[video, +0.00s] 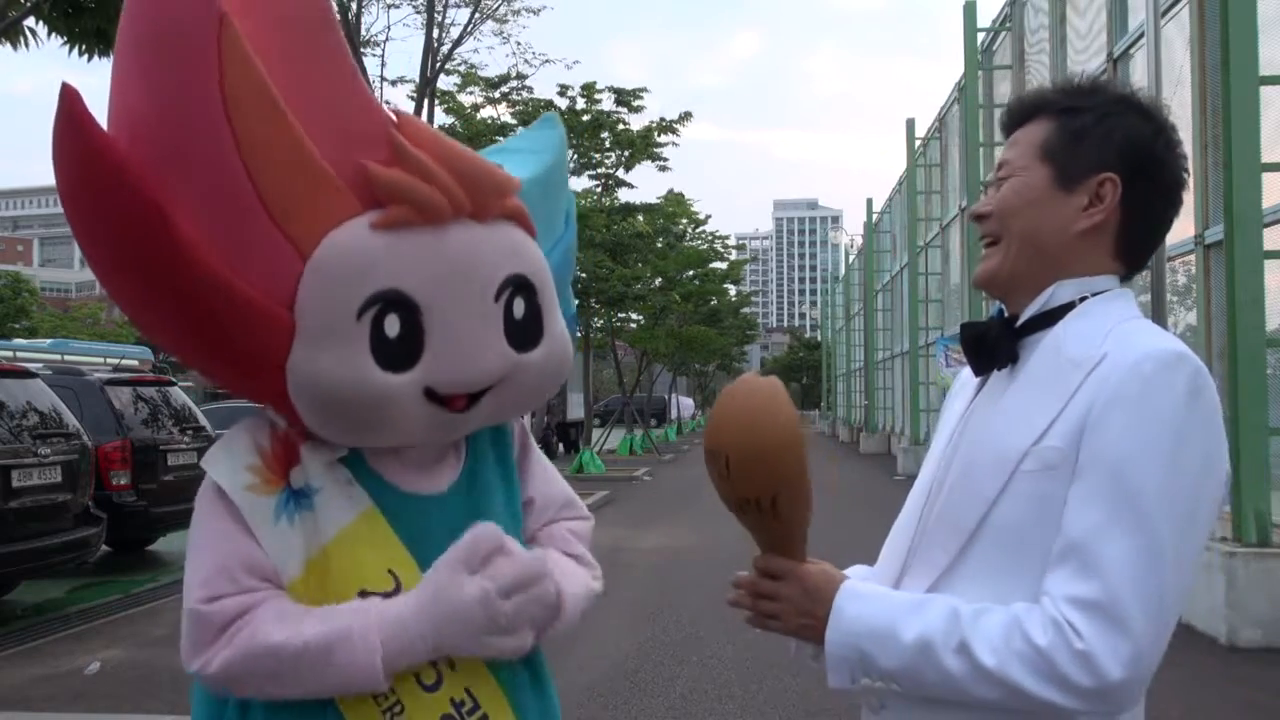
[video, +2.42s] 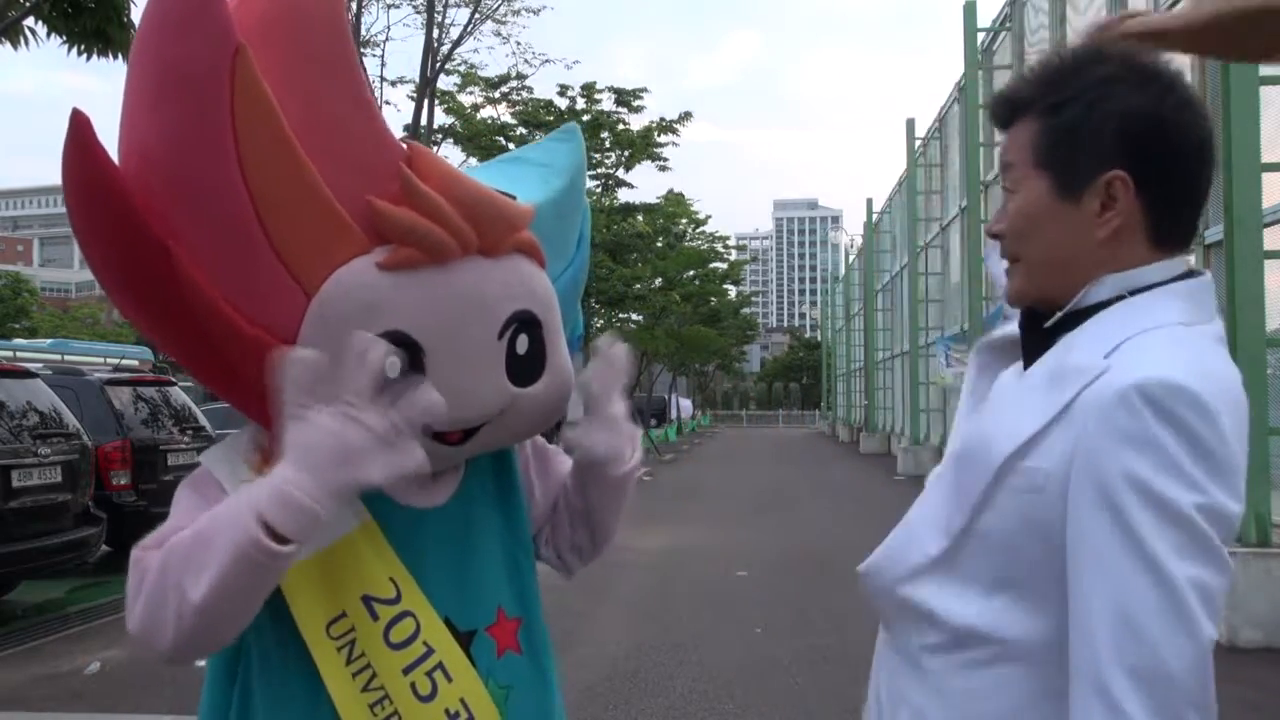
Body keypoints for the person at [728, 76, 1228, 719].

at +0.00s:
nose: (977, 208)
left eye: (1004, 178)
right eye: (990, 184)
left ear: (1095, 201)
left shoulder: (1150, 373)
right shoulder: (983, 372)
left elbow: (1093, 658)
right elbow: (935, 576)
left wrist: (846, 619)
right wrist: (828, 597)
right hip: (901, 702)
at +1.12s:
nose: (894, 221)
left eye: (910, 188)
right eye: (902, 191)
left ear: (1000, 196)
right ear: (998, 199)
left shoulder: (1116, 375)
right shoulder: (966, 365)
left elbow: (1155, 682)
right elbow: (949, 580)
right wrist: (845, 627)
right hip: (919, 705)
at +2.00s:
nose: (935, 222)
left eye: (954, 186)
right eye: (943, 190)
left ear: (1042, 198)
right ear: (1035, 200)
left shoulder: (1142, 356)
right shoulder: (1011, 356)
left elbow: (1139, 668)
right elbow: (964, 551)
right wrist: (823, 574)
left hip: (1020, 705)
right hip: (931, 701)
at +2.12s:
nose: (979, 226)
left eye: (996, 190)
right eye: (985, 194)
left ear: (1090, 203)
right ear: (1085, 205)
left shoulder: (1159, 373)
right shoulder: (1074, 354)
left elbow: (1131, 691)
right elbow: (931, 458)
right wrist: (800, 379)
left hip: (1011, 708)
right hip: (934, 696)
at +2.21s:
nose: (998, 234)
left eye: (1017, 198)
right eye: (1007, 202)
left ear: (1115, 208)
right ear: (1114, 211)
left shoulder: (1158, 385)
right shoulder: (1093, 356)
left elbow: (1134, 700)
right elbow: (949, 369)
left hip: (990, 706)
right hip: (932, 699)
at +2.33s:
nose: (999, 228)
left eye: (1019, 195)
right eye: (1008, 199)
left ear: (1118, 208)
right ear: (1117, 211)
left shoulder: (1153, 390)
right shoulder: (1076, 351)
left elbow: (1143, 701)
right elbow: (988, 288)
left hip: (986, 704)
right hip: (930, 696)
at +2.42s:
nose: (993, 223)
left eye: (1011, 189)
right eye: (1002, 191)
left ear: (1109, 204)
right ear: (1108, 207)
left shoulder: (1149, 389)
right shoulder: (1085, 347)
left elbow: (1141, 700)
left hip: (985, 704)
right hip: (923, 694)